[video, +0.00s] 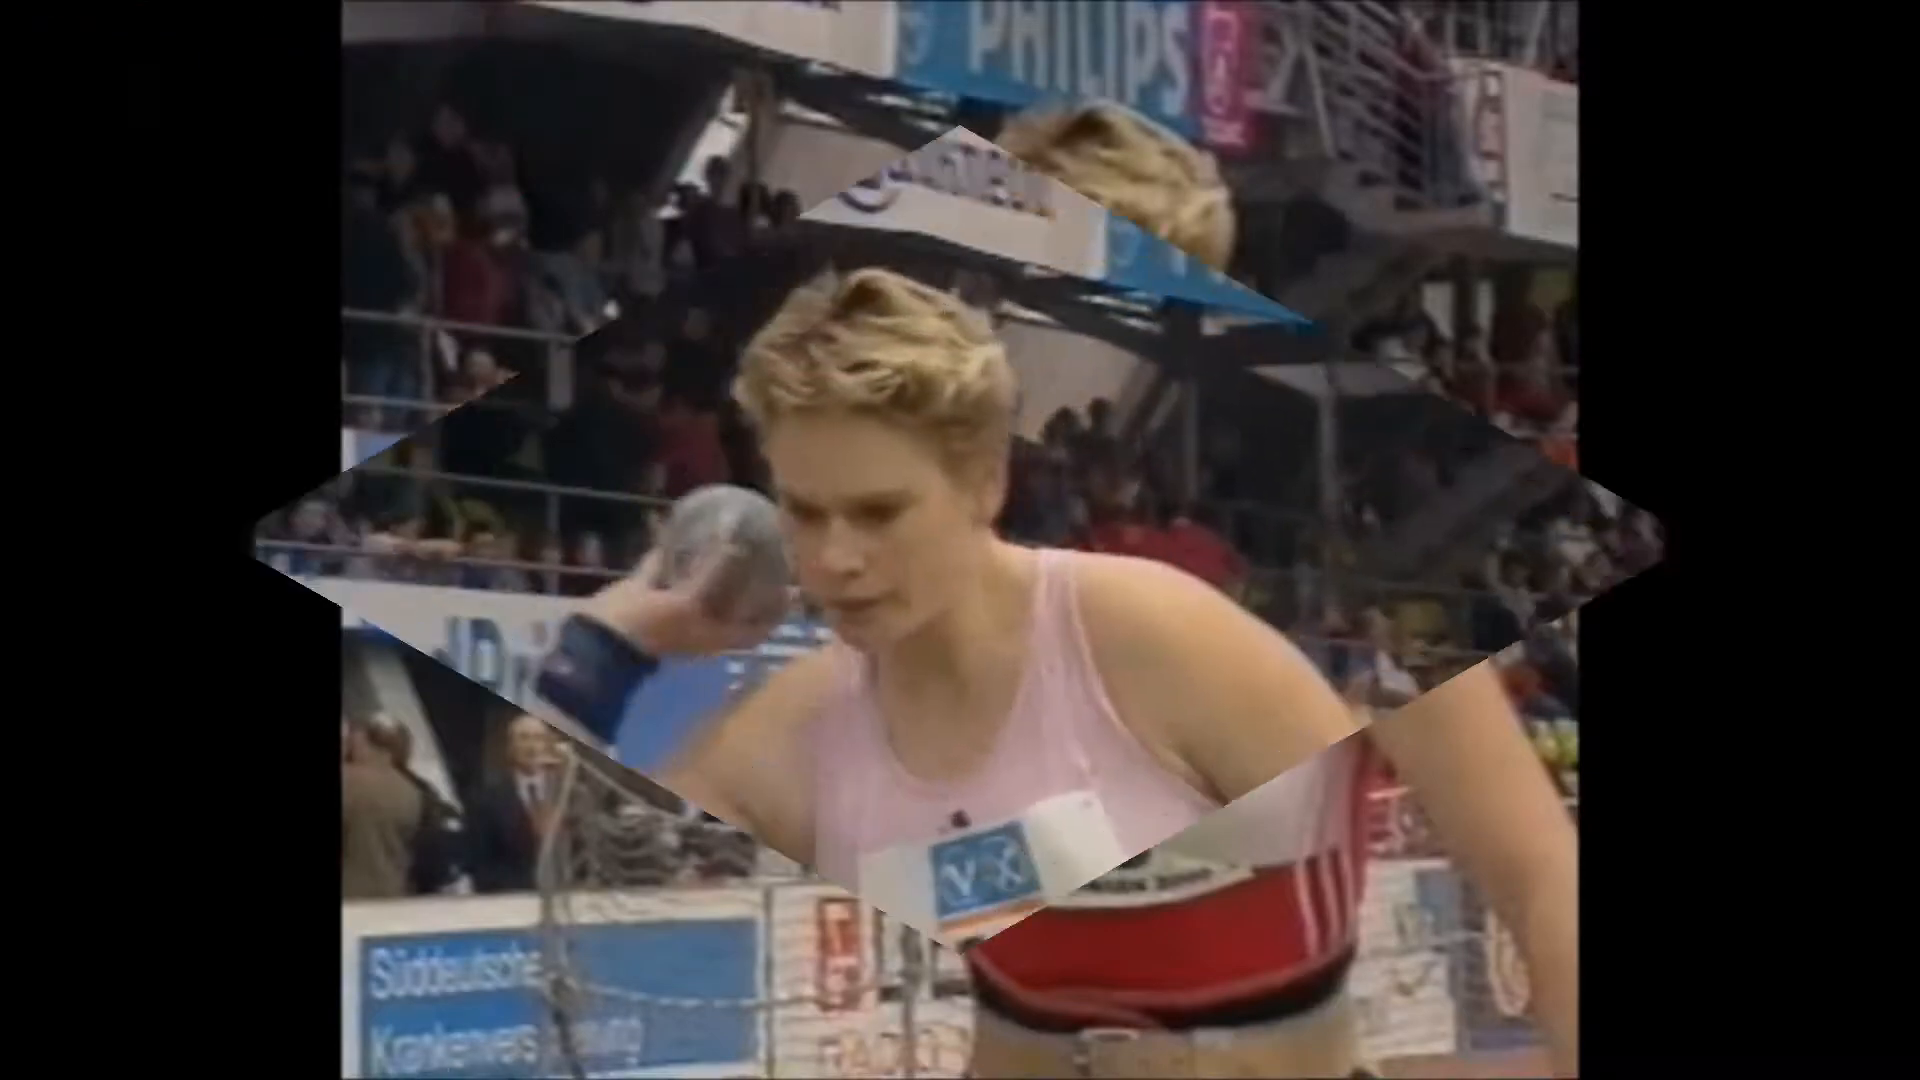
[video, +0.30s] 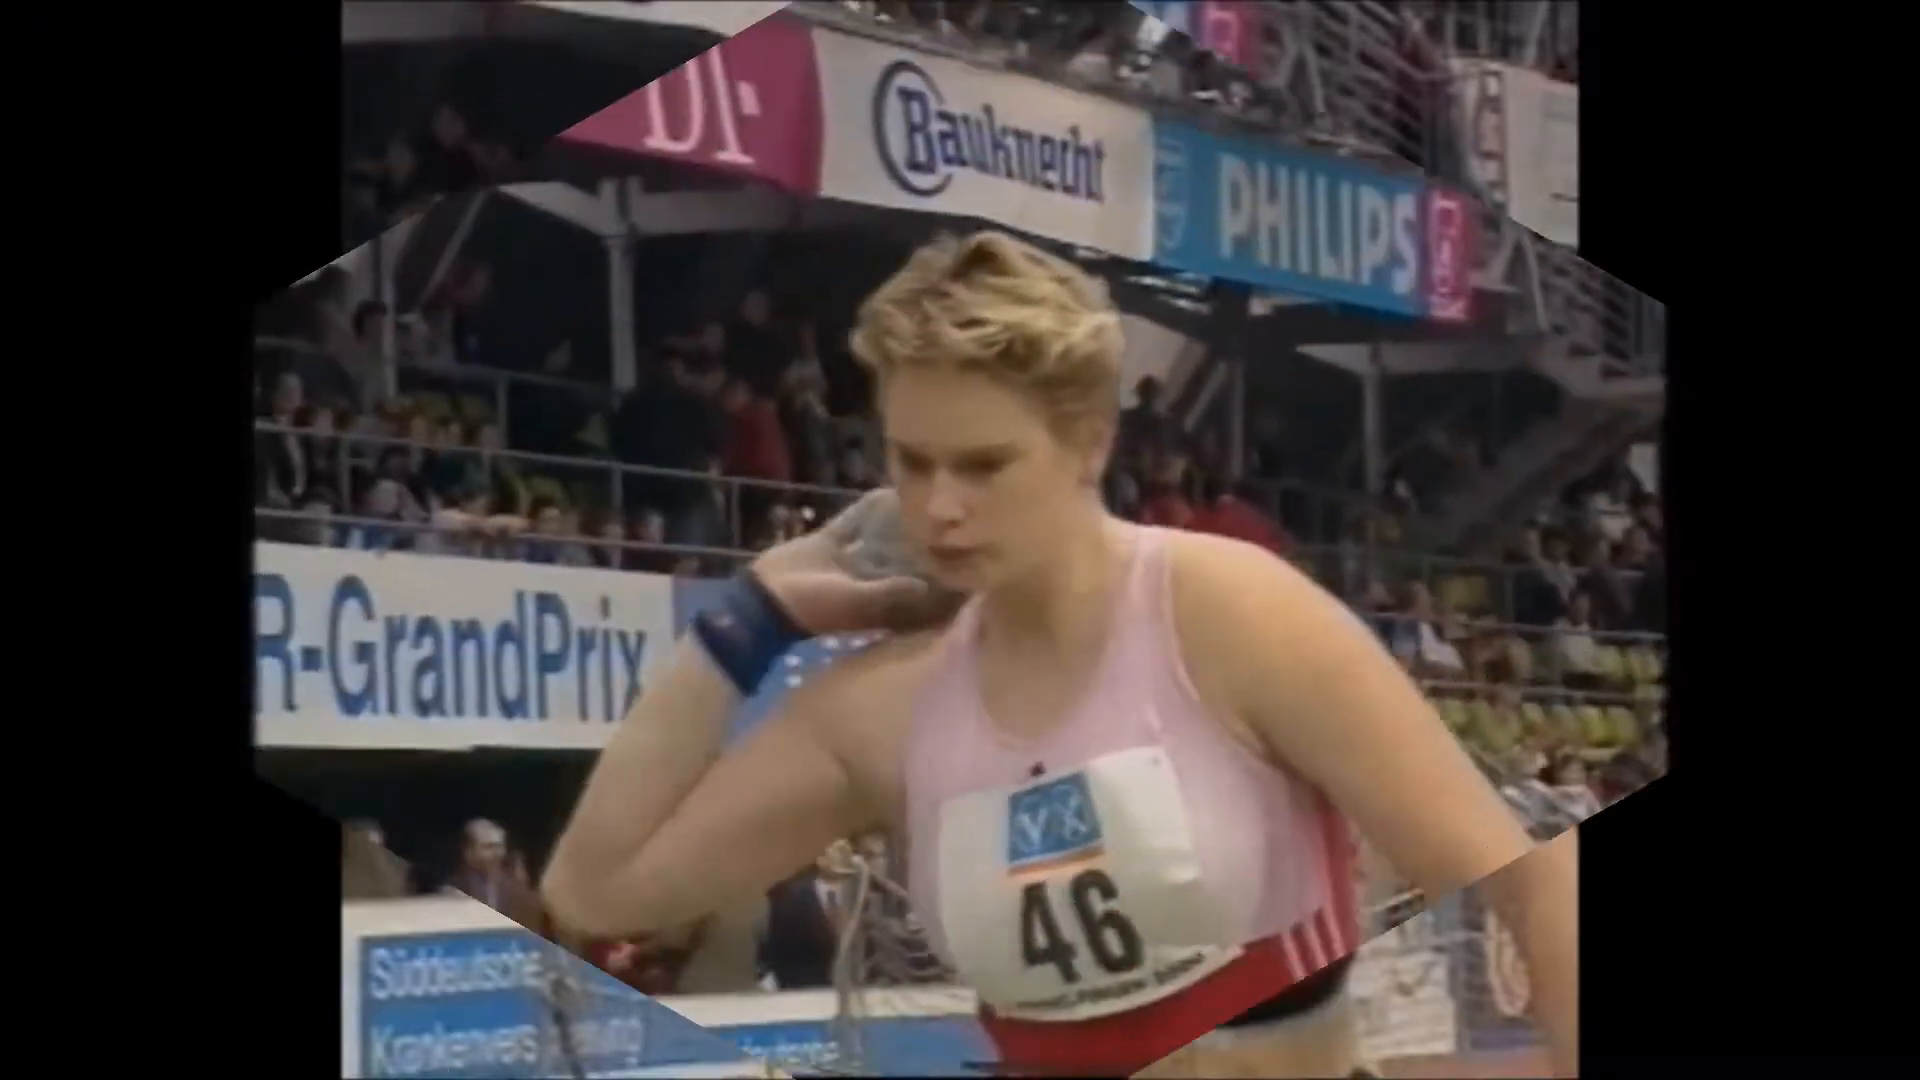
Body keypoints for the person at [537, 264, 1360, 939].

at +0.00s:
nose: (835, 562)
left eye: (879, 513)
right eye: (802, 514)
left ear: (982, 481)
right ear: (771, 499)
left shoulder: (1149, 634)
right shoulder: (781, 743)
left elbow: (1410, 879)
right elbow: (560, 910)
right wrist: (608, 638)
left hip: (1221, 1067)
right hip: (946, 1064)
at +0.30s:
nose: (939, 509)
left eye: (984, 464)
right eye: (910, 465)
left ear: (1087, 441)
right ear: (882, 458)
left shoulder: (1226, 610)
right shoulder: (877, 712)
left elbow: (1519, 877)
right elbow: (593, 895)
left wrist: (1563, 1060)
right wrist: (744, 612)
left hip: (1289, 1051)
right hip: (1048, 1060)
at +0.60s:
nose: (1104, 512)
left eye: (1146, 472)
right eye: (1081, 472)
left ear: (1254, 471)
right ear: (1054, 474)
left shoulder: (1368, 651)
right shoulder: (1020, 716)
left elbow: (1595, 902)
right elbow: (716, 792)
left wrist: (1516, 1045)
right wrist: (925, 610)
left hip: (1372, 1057)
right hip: (1135, 1064)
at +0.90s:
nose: (1158, 450)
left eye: (1204, 413)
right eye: (1137, 407)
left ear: (1301, 401)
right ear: (1107, 393)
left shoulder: (1405, 579)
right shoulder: (1068, 588)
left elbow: (1612, 874)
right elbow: (775, 582)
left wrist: (1643, 1061)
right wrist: (963, 479)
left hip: (1374, 1053)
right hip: (1155, 1051)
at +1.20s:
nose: (1145, 426)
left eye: (1189, 388)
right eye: (1123, 378)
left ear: (1288, 364)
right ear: (1096, 357)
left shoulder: (1387, 545)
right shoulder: (1054, 555)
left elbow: (1604, 851)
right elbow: (739, 617)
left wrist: (1669, 1032)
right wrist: (968, 469)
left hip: (1344, 1052)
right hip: (1106, 1056)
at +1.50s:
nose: (1034, 448)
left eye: (1077, 409)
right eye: (1008, 400)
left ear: (1182, 371)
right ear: (986, 368)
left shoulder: (1287, 537)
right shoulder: (962, 545)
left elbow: (1463, 847)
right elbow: (606, 583)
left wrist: (1474, 1064)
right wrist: (861, 546)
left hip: (1276, 1059)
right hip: (1034, 1057)